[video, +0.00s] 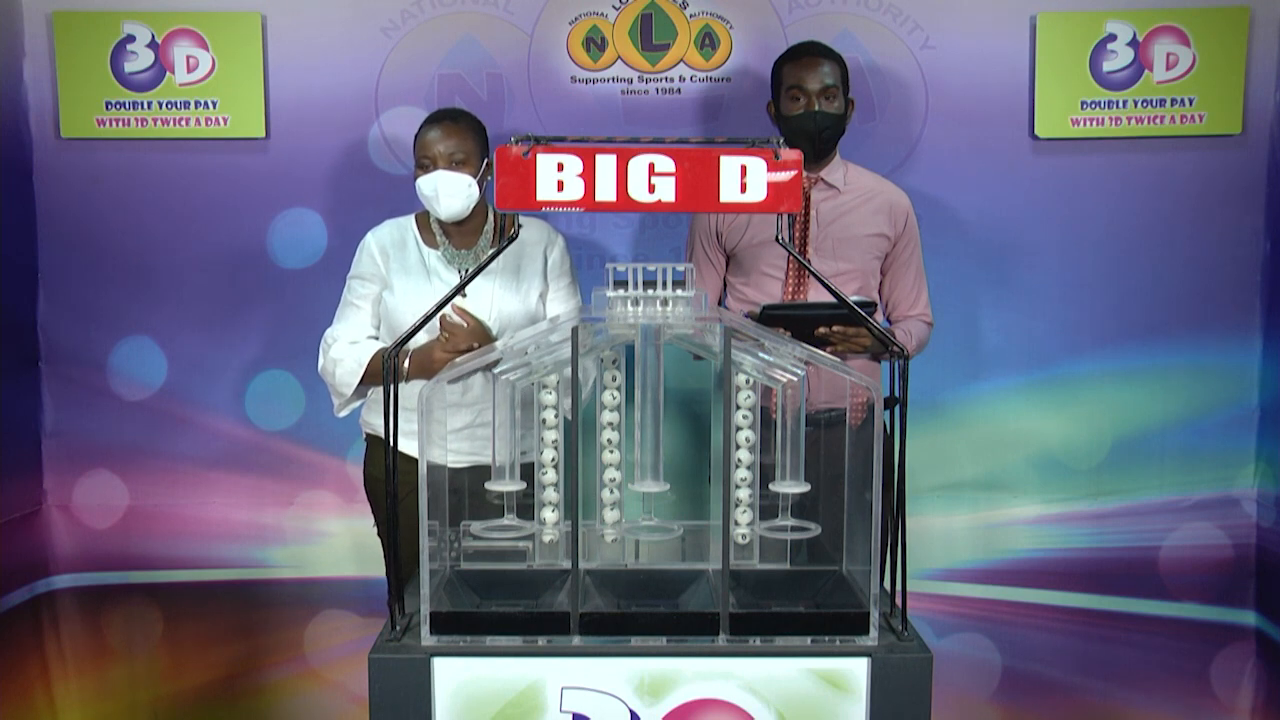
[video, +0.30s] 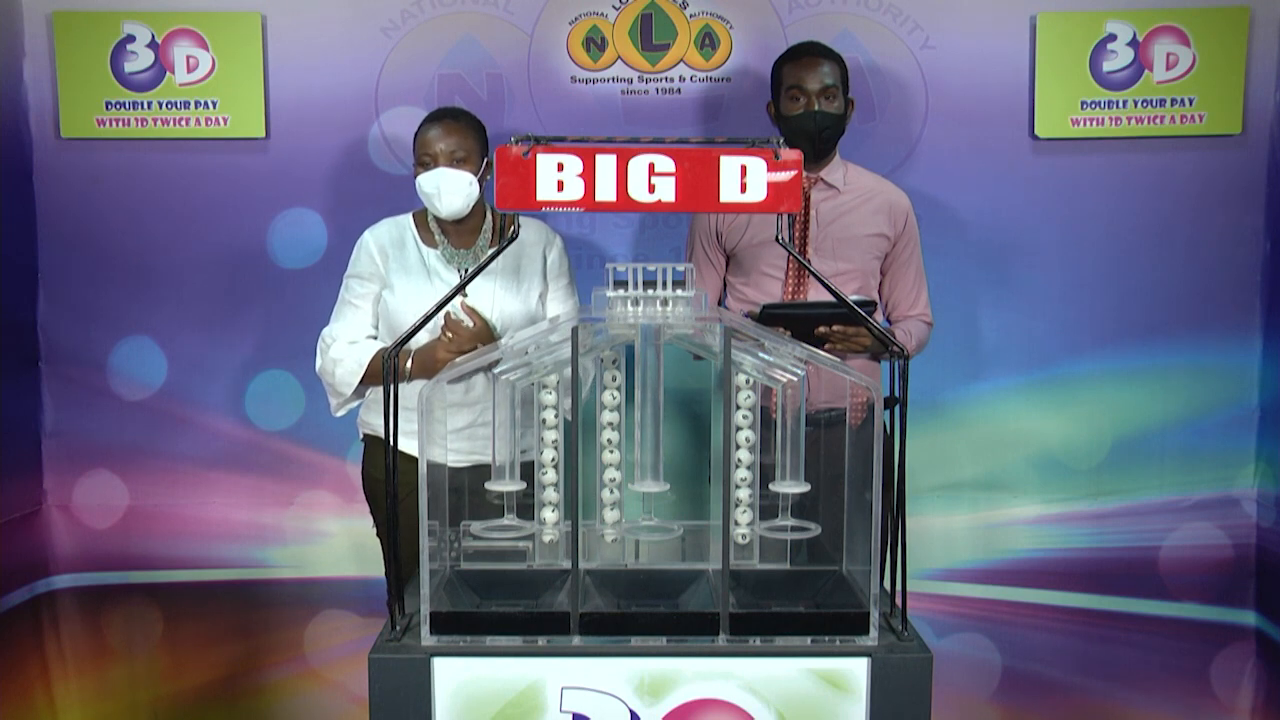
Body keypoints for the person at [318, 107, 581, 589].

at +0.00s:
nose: (442, 179)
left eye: (457, 163)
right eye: (429, 166)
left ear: (485, 167)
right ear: (416, 173)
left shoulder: (540, 245)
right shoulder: (383, 247)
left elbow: (569, 358)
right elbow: (339, 358)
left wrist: (494, 351)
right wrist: (413, 362)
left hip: (508, 463)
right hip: (406, 464)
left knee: (502, 619)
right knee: (416, 618)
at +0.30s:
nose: (444, 177)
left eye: (459, 162)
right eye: (430, 164)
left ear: (484, 166)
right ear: (416, 171)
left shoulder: (539, 245)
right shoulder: (380, 246)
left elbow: (568, 356)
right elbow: (337, 358)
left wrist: (497, 351)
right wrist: (415, 362)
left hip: (508, 462)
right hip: (405, 463)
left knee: (502, 618)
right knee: (417, 616)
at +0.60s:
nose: (443, 177)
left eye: (458, 162)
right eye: (429, 165)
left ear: (482, 166)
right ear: (413, 172)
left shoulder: (535, 245)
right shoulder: (378, 247)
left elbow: (566, 357)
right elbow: (337, 364)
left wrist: (499, 353)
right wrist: (424, 362)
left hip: (508, 461)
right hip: (406, 463)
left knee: (503, 617)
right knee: (415, 615)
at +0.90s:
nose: (442, 178)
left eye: (456, 162)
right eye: (427, 165)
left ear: (480, 166)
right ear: (412, 172)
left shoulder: (535, 244)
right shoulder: (378, 247)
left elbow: (566, 349)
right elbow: (337, 361)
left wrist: (501, 352)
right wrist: (429, 361)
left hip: (508, 461)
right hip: (405, 462)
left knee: (503, 616)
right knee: (416, 615)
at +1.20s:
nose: (442, 179)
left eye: (456, 163)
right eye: (427, 166)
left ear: (480, 167)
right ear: (412, 172)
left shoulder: (536, 245)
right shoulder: (378, 248)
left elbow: (566, 352)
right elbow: (336, 362)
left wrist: (498, 355)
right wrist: (423, 361)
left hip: (507, 462)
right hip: (404, 463)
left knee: (502, 615)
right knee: (415, 615)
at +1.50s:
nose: (441, 178)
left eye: (455, 162)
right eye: (427, 165)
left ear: (481, 167)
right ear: (413, 173)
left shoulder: (537, 246)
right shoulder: (380, 248)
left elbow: (567, 350)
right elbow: (336, 360)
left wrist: (494, 355)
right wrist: (418, 361)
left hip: (505, 462)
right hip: (404, 462)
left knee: (500, 614)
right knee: (414, 612)